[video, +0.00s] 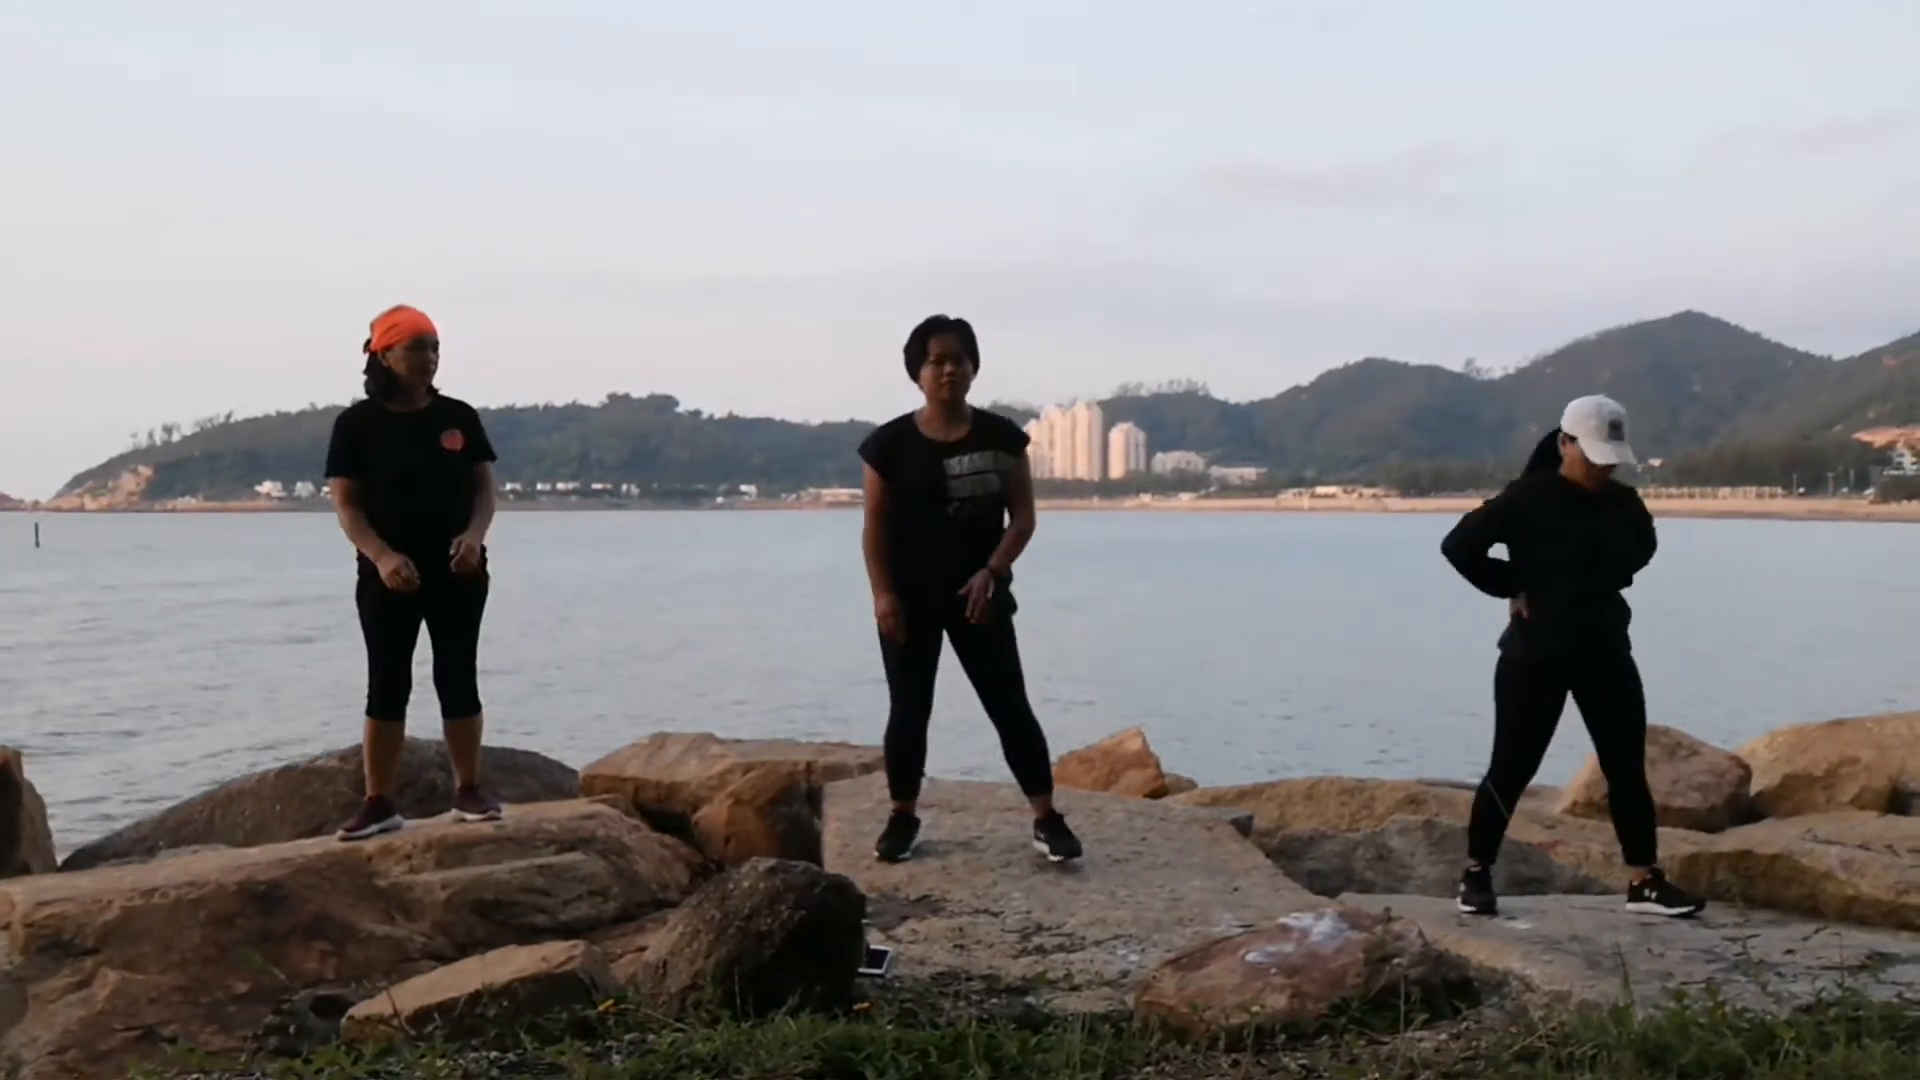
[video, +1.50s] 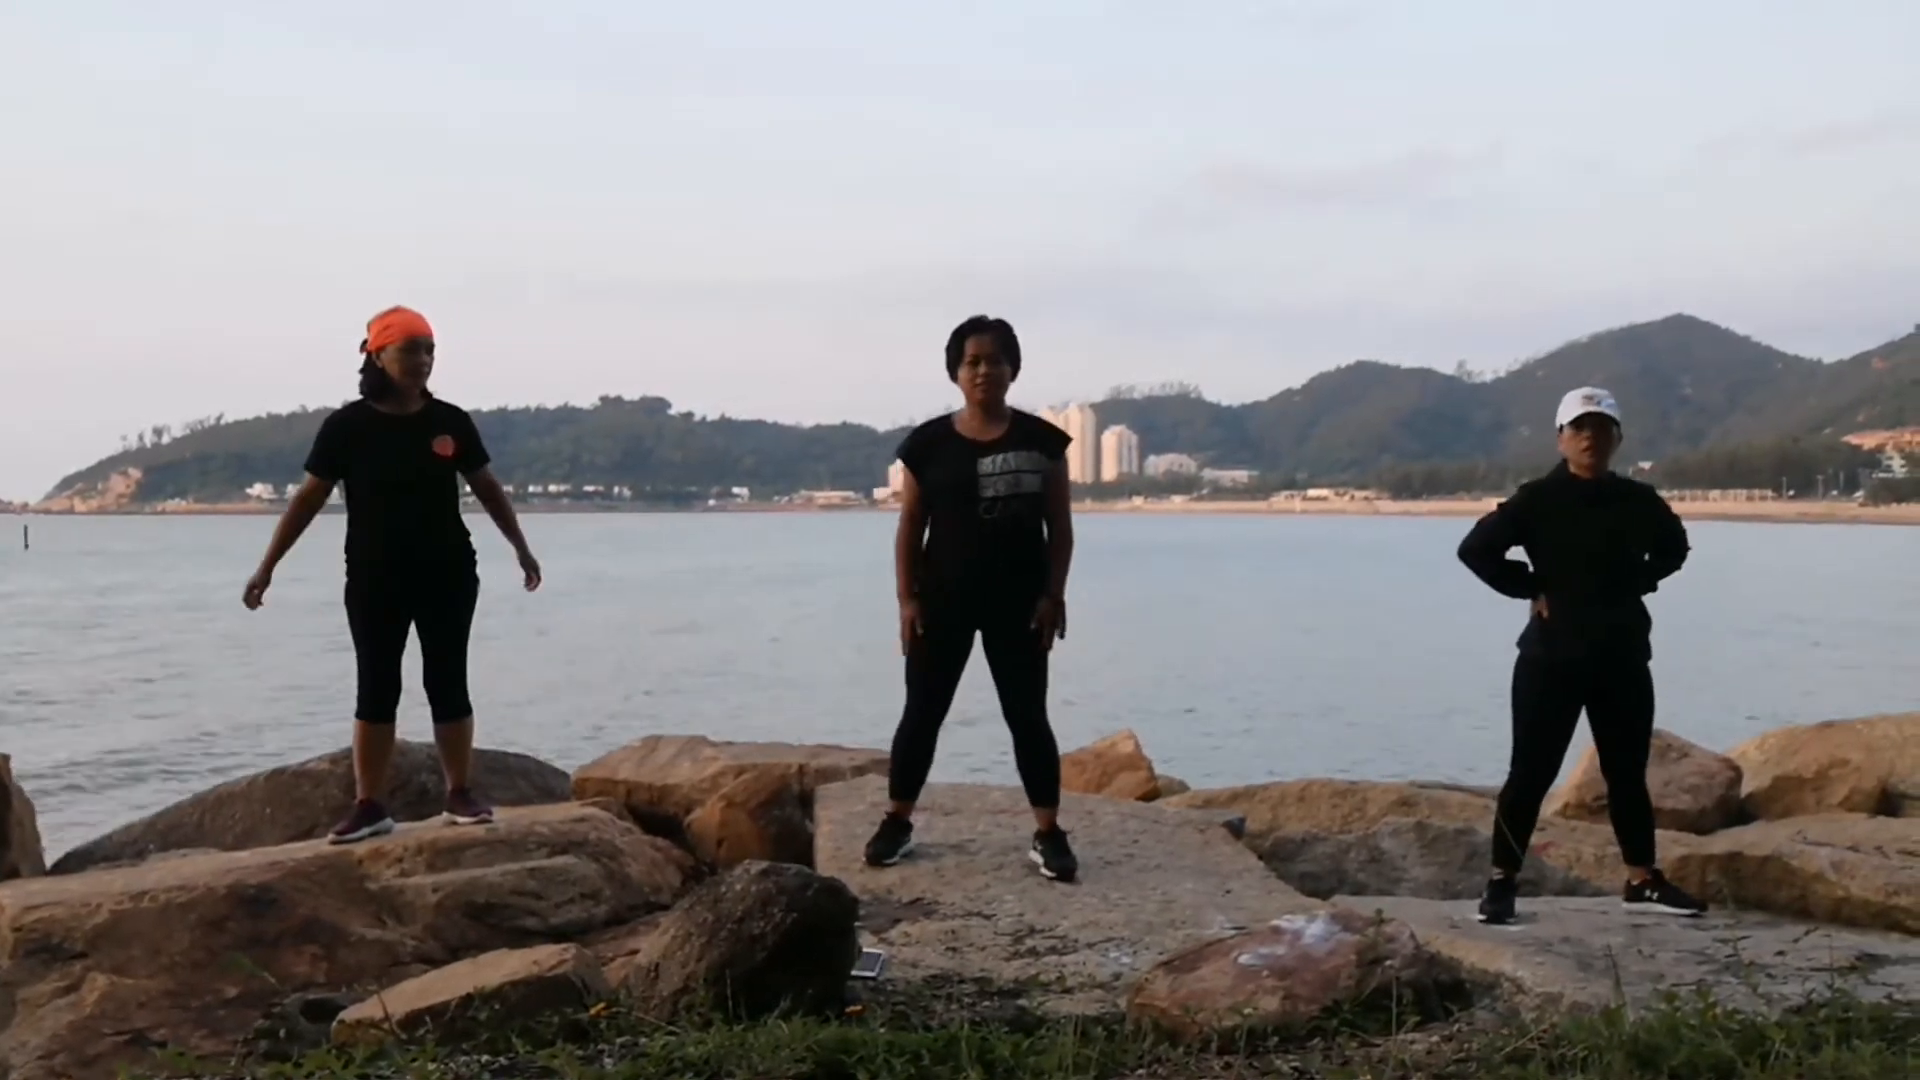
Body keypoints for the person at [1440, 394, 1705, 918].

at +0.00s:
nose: (1603, 471)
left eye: (1610, 461)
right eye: (1594, 460)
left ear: (1618, 451)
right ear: (1566, 446)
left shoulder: (1621, 496)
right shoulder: (1527, 498)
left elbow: (1644, 545)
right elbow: (1459, 547)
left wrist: (1605, 581)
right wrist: (1512, 585)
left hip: (1604, 649)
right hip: (1536, 650)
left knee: (1627, 767)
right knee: (1513, 766)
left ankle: (1645, 880)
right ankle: (1478, 875)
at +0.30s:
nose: (1630, 453)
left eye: (1641, 444)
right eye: (1620, 441)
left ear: (1654, 446)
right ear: (1601, 439)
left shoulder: (1669, 498)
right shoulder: (1566, 490)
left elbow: (1712, 547)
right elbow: (1497, 529)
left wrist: (1664, 577)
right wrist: (1546, 572)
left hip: (1636, 652)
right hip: (1563, 648)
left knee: (1639, 769)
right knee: (1535, 761)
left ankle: (1644, 881)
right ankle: (1499, 876)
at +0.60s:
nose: (1599, 441)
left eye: (1611, 431)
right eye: (1590, 430)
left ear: (1630, 440)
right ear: (1574, 435)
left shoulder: (1647, 498)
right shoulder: (1543, 494)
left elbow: (1685, 545)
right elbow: (1477, 539)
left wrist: (1640, 578)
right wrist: (1528, 580)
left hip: (1622, 653)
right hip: (1552, 651)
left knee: (1630, 770)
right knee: (1533, 768)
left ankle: (1643, 881)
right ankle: (1506, 884)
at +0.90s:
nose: (1570, 437)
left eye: (1580, 428)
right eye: (1558, 427)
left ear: (1593, 436)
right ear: (1539, 435)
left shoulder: (1612, 494)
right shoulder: (1515, 496)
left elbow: (1643, 537)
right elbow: (1451, 549)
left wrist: (1603, 577)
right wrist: (1510, 586)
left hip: (1599, 648)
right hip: (1531, 650)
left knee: (1629, 759)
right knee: (1519, 768)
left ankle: (1642, 875)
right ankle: (1503, 884)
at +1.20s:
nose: (1576, 440)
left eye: (1586, 429)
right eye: (1564, 430)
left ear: (1600, 437)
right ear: (1546, 439)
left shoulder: (1627, 496)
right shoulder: (1528, 502)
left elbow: (1666, 543)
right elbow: (1467, 556)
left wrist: (1631, 580)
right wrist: (1525, 588)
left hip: (1618, 655)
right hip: (1550, 657)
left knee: (1628, 772)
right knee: (1530, 773)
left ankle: (1645, 879)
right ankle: (1503, 884)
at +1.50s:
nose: (1591, 439)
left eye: (1601, 429)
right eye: (1580, 429)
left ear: (1615, 438)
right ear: (1561, 438)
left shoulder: (1637, 498)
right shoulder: (1538, 499)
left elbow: (1675, 547)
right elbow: (1475, 550)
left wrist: (1636, 581)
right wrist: (1531, 587)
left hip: (1621, 657)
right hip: (1553, 658)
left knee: (1628, 774)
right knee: (1531, 773)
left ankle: (1643, 879)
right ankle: (1502, 883)